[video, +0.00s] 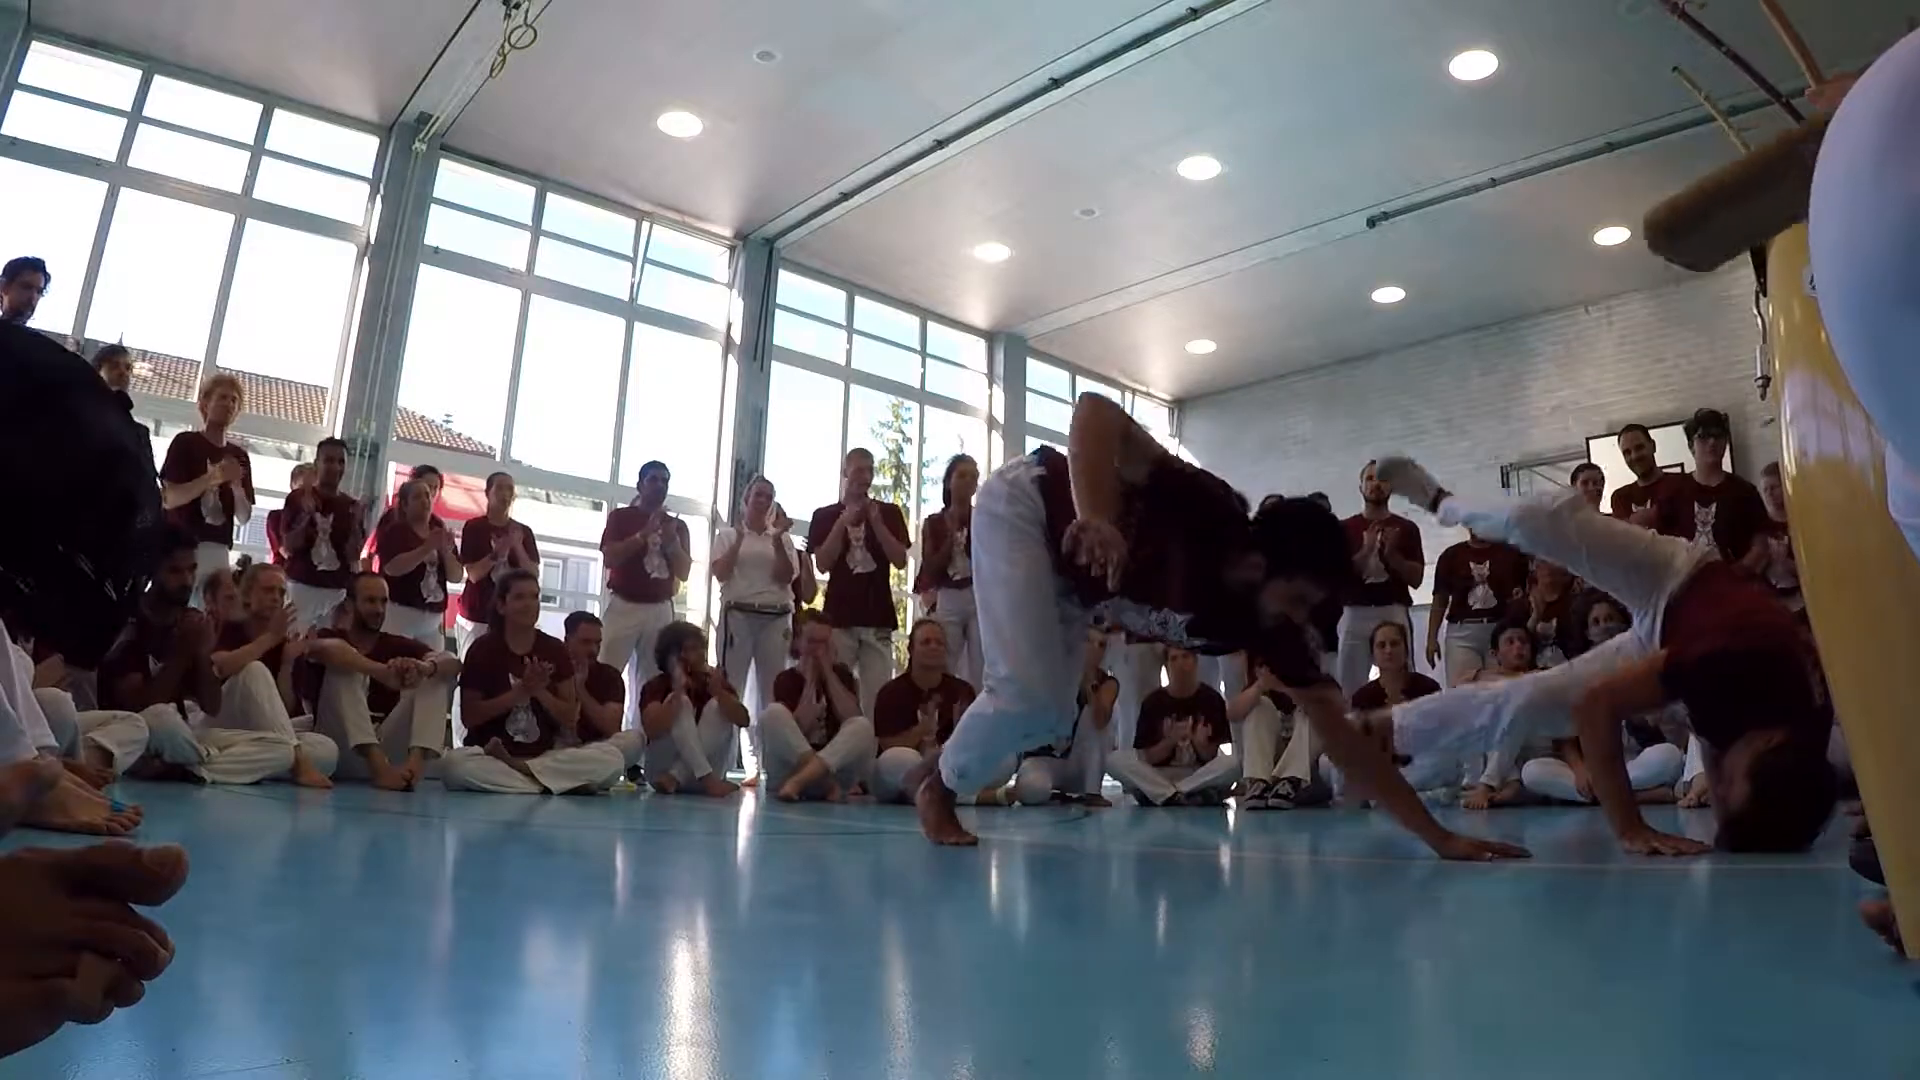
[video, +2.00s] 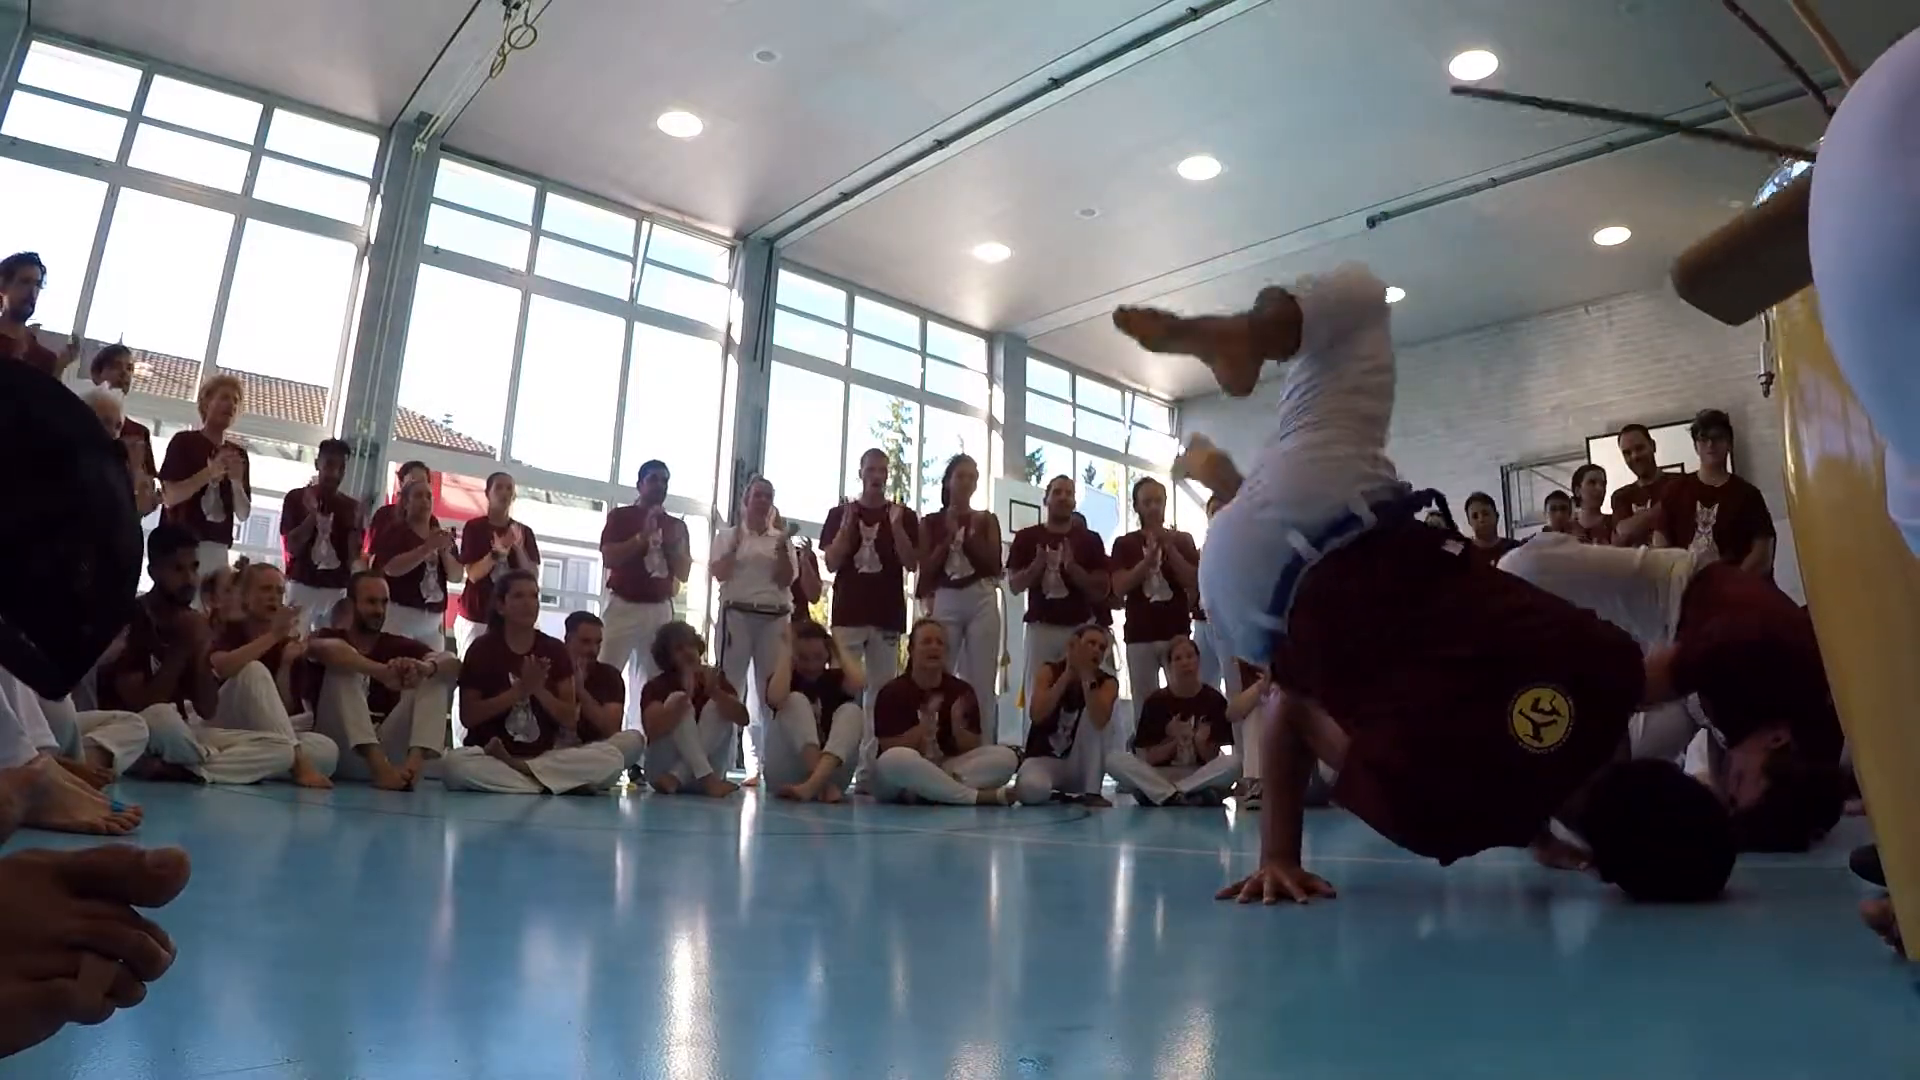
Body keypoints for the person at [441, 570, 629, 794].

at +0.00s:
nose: (530, 604)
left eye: (535, 597)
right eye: (520, 598)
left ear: (540, 603)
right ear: (501, 606)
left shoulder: (555, 648)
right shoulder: (482, 649)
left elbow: (569, 717)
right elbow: (470, 717)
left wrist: (539, 690)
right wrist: (523, 691)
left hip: (546, 757)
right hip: (490, 756)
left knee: (613, 759)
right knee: (454, 766)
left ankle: (525, 767)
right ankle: (544, 786)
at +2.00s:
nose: (530, 603)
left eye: (534, 597)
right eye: (520, 597)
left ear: (540, 603)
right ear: (501, 605)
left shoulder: (556, 649)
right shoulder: (481, 648)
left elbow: (570, 718)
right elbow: (468, 716)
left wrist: (536, 689)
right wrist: (521, 689)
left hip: (545, 756)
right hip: (488, 754)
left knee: (612, 759)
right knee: (454, 765)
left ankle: (522, 766)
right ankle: (549, 786)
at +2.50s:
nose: (528, 604)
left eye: (533, 597)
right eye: (519, 597)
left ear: (539, 603)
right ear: (500, 605)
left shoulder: (555, 649)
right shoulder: (481, 649)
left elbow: (570, 718)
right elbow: (469, 716)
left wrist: (537, 690)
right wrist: (521, 689)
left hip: (546, 757)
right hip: (488, 755)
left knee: (613, 758)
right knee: (453, 765)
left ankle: (523, 766)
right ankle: (550, 786)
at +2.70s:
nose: (528, 604)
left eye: (533, 597)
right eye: (519, 597)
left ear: (539, 603)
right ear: (500, 605)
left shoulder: (555, 649)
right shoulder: (481, 649)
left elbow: (569, 717)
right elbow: (469, 716)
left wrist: (535, 689)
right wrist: (519, 690)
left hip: (546, 756)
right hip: (488, 755)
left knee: (612, 758)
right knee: (454, 765)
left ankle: (522, 765)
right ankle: (550, 786)